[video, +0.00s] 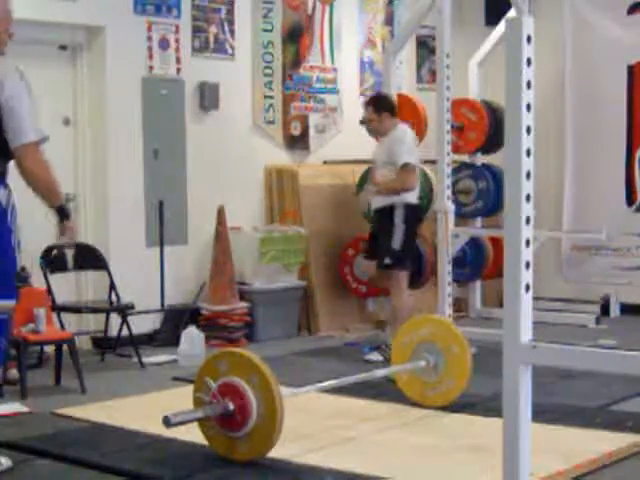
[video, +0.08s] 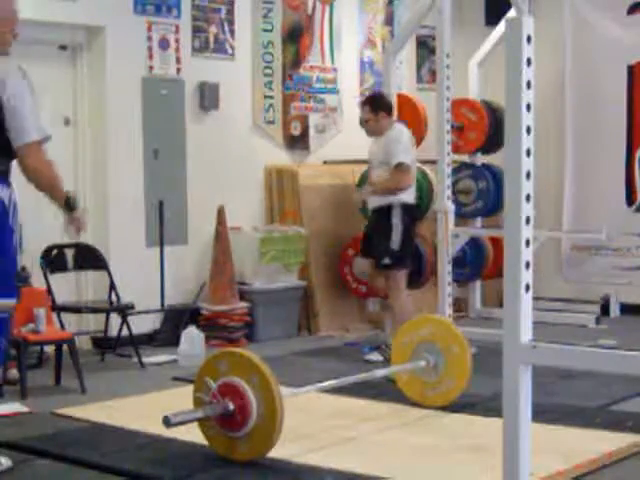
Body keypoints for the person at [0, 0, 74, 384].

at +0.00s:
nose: (11, 31)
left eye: (9, 22)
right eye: (7, 22)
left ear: (4, 27)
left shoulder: (10, 78)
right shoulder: (8, 78)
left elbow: (28, 155)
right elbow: (28, 157)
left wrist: (61, 207)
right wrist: (62, 208)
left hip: (5, 208)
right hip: (1, 209)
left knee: (10, 291)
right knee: (6, 294)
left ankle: (7, 360)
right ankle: (3, 365)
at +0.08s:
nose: (14, 31)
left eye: (13, 23)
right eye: (10, 23)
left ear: (8, 25)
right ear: (2, 26)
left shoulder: (12, 77)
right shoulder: (9, 77)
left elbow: (31, 156)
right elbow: (31, 158)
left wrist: (67, 203)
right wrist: (68, 203)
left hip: (6, 197)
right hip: (2, 198)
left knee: (9, 292)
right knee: (5, 293)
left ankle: (6, 367)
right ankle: (3, 370)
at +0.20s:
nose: (32, 28)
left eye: (32, 21)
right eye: (28, 21)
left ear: (8, 24)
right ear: (8, 24)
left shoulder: (14, 74)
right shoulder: (13, 75)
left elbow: (34, 155)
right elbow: (35, 158)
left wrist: (70, 169)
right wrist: (73, 170)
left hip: (8, 193)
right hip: (5, 195)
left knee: (12, 286)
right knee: (9, 289)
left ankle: (8, 365)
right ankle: (6, 367)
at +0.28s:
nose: (49, 44)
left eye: (50, 36)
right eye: (46, 35)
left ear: (20, 31)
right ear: (24, 32)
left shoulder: (12, 73)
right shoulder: (16, 76)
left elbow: (48, 157)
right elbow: (53, 160)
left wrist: (80, 132)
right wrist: (89, 126)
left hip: (7, 199)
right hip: (7, 201)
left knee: (11, 303)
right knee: (9, 306)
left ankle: (7, 401)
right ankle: (5, 404)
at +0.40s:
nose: (62, 52)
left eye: (62, 45)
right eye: (59, 44)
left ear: (29, 40)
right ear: (40, 41)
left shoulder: (10, 76)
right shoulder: (25, 81)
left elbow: (72, 145)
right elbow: (80, 148)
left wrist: (87, 104)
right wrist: (91, 98)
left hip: (9, 198)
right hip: (14, 200)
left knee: (17, 307)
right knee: (14, 308)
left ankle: (32, 403)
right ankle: (30, 403)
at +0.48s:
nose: (69, 58)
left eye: (69, 51)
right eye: (66, 50)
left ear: (35, 44)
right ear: (45, 46)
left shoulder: (11, 79)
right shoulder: (28, 84)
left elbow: (83, 138)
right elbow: (94, 142)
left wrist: (84, 96)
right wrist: (90, 86)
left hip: (12, 199)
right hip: (18, 202)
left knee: (26, 309)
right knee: (18, 310)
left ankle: (37, 406)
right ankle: (34, 406)